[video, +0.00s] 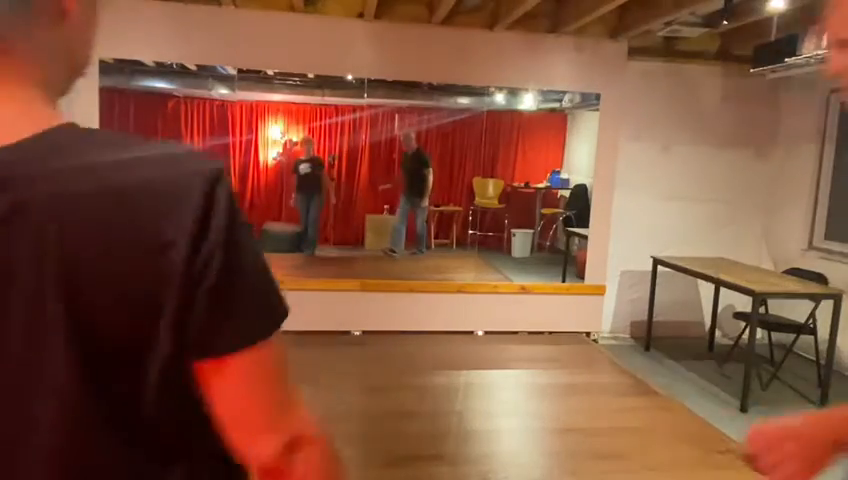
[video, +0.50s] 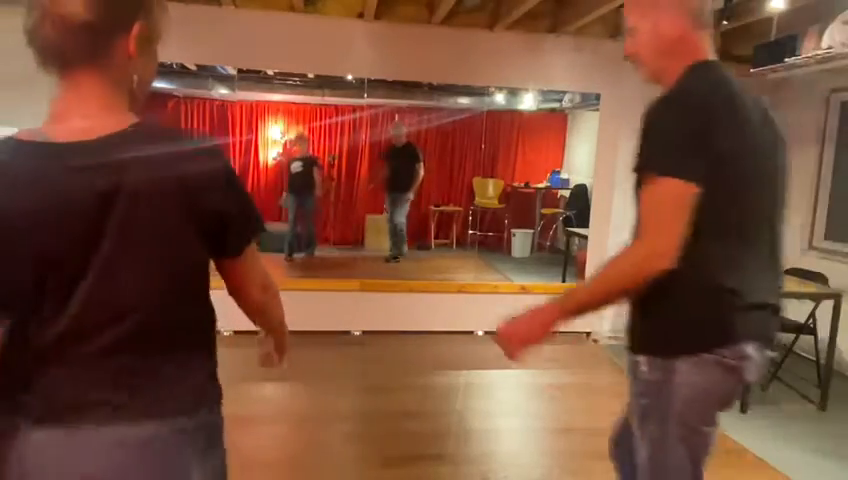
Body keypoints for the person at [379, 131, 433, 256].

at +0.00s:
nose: (405, 144)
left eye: (408, 141)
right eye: (404, 142)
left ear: (414, 141)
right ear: (402, 143)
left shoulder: (422, 156)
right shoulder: (405, 157)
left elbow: (429, 177)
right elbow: (401, 177)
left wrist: (426, 197)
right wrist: (388, 186)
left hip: (420, 195)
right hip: (407, 193)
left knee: (420, 223)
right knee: (400, 221)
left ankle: (421, 247)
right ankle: (395, 247)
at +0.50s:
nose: (397, 137)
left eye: (400, 133)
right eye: (395, 133)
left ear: (405, 133)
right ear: (392, 134)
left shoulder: (412, 149)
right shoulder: (390, 150)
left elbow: (420, 171)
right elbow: (386, 170)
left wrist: (412, 191)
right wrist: (380, 183)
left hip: (405, 190)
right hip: (392, 189)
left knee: (398, 219)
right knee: (392, 220)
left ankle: (400, 249)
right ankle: (394, 250)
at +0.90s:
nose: (390, 133)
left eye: (393, 130)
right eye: (388, 130)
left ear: (397, 133)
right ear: (384, 132)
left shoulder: (402, 149)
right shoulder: (380, 150)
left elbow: (411, 173)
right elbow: (373, 169)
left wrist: (412, 195)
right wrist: (364, 178)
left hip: (395, 192)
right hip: (380, 191)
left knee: (385, 223)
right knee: (378, 222)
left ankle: (380, 257)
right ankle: (388, 252)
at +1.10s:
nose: (384, 133)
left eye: (387, 129)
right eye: (383, 129)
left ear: (392, 131)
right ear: (380, 130)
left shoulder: (398, 148)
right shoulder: (376, 148)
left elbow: (406, 172)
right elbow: (369, 170)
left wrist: (402, 192)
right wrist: (354, 178)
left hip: (391, 193)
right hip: (375, 192)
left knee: (383, 226)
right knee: (368, 223)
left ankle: (383, 251)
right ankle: (371, 249)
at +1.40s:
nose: (374, 134)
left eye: (377, 130)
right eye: (372, 130)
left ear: (383, 131)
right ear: (369, 132)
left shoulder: (390, 150)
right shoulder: (365, 150)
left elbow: (395, 175)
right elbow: (358, 171)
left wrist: (382, 191)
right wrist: (342, 181)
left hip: (384, 195)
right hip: (368, 194)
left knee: (382, 230)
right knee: (362, 228)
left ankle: (379, 260)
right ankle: (352, 260)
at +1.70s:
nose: (358, 132)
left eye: (361, 127)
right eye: (356, 128)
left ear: (368, 127)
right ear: (354, 130)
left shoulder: (379, 147)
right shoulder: (355, 150)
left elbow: (381, 173)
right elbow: (352, 175)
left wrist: (360, 188)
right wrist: (336, 184)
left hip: (375, 196)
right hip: (358, 195)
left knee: (375, 231)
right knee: (357, 231)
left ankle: (376, 262)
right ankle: (355, 266)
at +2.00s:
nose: (349, 132)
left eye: (351, 128)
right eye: (350, 128)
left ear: (355, 128)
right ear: (360, 127)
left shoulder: (366, 147)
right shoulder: (355, 148)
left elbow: (363, 173)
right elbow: (353, 174)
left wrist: (341, 186)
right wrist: (338, 186)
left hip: (362, 196)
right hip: (352, 196)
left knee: (356, 232)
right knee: (354, 232)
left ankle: (355, 269)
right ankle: (354, 268)